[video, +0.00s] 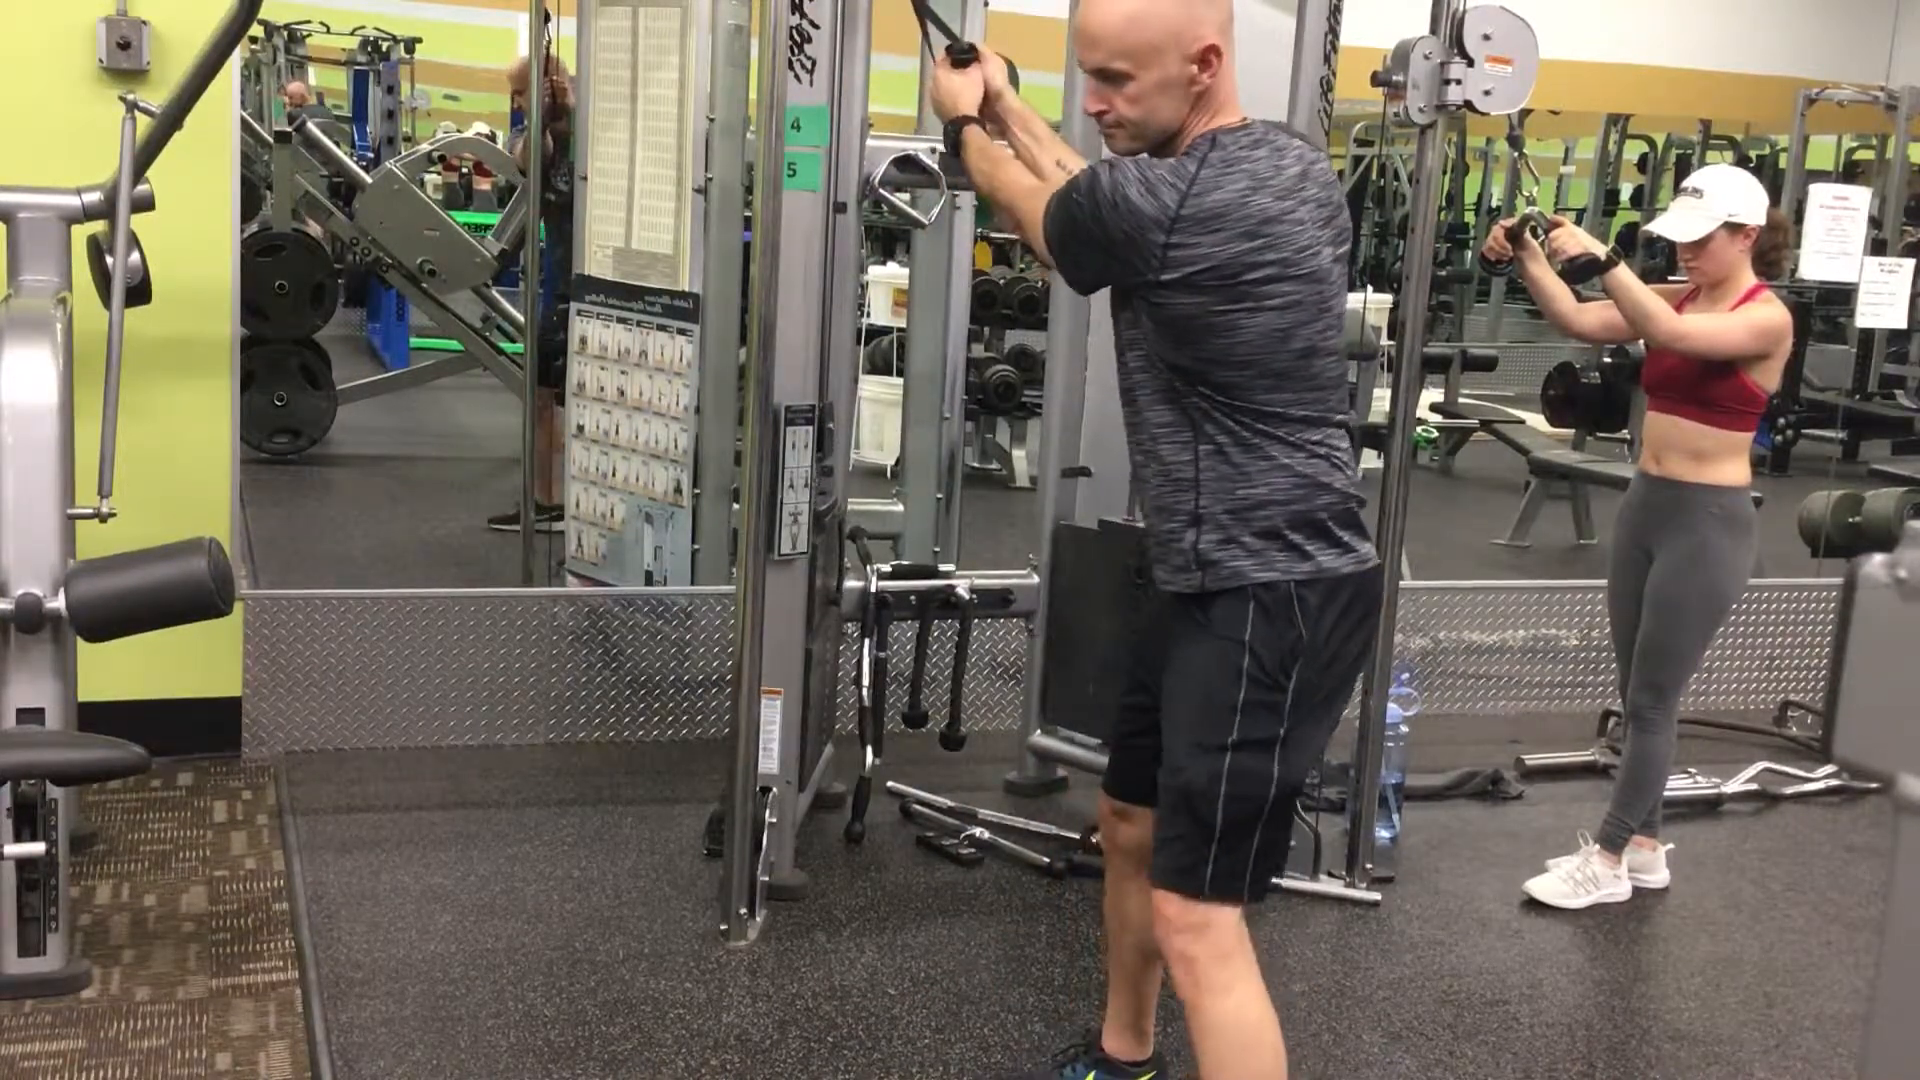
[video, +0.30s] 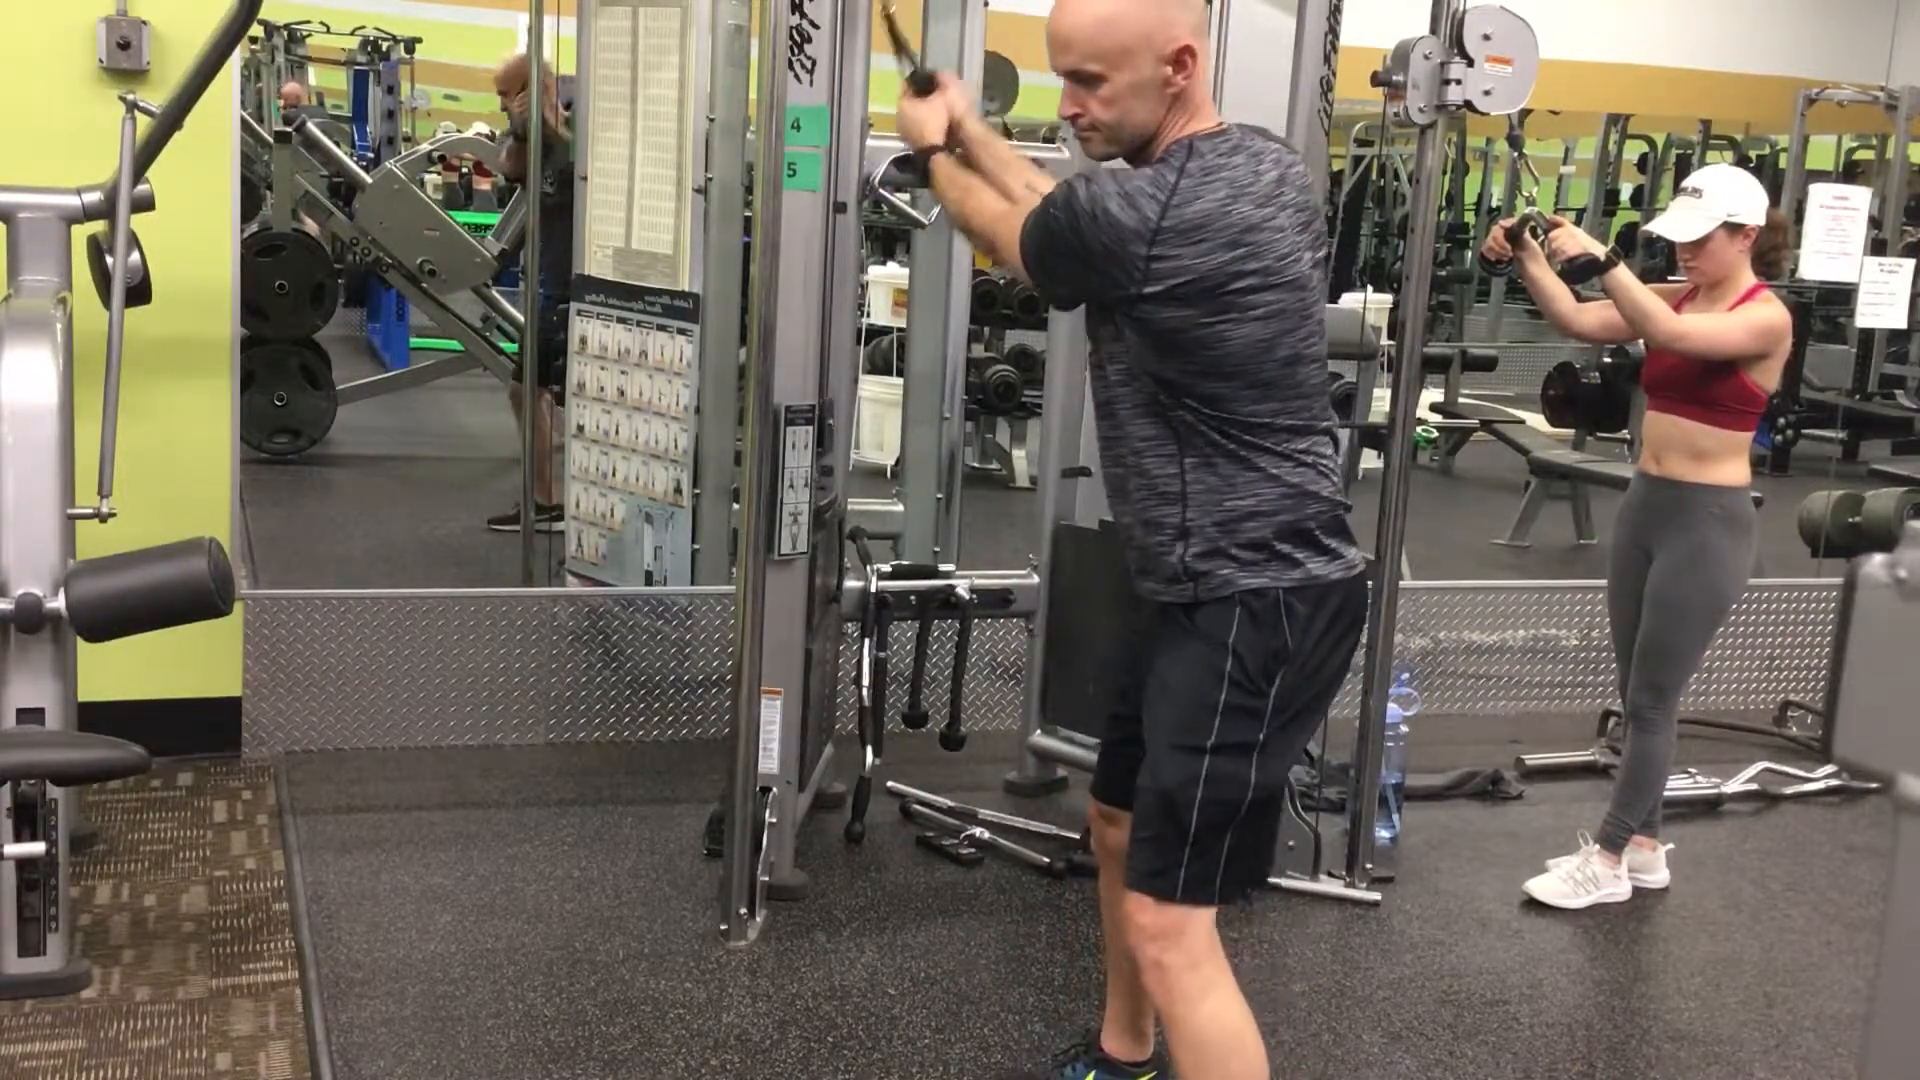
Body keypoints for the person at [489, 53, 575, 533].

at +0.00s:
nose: (514, 102)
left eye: (519, 93)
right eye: (514, 94)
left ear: (539, 89)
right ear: (552, 84)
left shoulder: (547, 131)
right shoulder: (572, 124)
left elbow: (526, 168)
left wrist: (487, 142)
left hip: (557, 278)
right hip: (568, 274)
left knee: (543, 397)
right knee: (549, 397)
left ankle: (547, 499)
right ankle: (548, 498)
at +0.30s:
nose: (508, 105)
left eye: (513, 94)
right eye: (503, 97)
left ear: (542, 87)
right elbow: (512, 171)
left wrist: (551, 123)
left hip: (559, 279)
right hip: (548, 276)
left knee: (526, 389)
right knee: (542, 390)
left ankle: (545, 498)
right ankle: (553, 496)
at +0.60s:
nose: (477, 114)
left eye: (481, 102)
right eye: (474, 104)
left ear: (506, 96)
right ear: (496, 101)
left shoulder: (555, 139)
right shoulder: (503, 151)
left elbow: (538, 194)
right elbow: (483, 197)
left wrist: (483, 189)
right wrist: (452, 187)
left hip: (562, 280)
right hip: (533, 279)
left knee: (522, 385)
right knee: (525, 387)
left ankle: (546, 497)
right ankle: (545, 494)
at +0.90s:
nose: (462, 125)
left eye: (462, 115)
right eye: (461, 116)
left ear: (477, 108)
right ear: (499, 104)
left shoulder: (517, 150)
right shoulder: (528, 146)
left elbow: (485, 232)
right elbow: (491, 228)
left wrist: (415, 253)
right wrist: (430, 254)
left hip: (556, 296)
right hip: (564, 292)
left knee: (513, 388)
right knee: (556, 402)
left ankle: (544, 501)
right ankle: (571, 496)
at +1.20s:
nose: (447, 148)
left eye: (449, 139)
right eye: (447, 140)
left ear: (463, 135)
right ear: (492, 132)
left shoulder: (481, 175)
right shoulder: (525, 163)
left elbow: (455, 268)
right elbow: (499, 263)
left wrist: (427, 306)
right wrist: (443, 302)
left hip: (559, 294)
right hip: (590, 284)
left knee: (538, 400)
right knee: (520, 380)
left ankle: (545, 502)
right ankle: (550, 495)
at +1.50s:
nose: (459, 174)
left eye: (459, 167)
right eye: (457, 167)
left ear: (467, 166)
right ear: (502, 157)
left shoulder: (470, 208)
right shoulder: (542, 189)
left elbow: (468, 285)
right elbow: (534, 275)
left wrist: (471, 340)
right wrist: (498, 329)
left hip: (539, 307)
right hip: (581, 298)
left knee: (541, 421)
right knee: (556, 415)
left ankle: (562, 506)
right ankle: (540, 501)